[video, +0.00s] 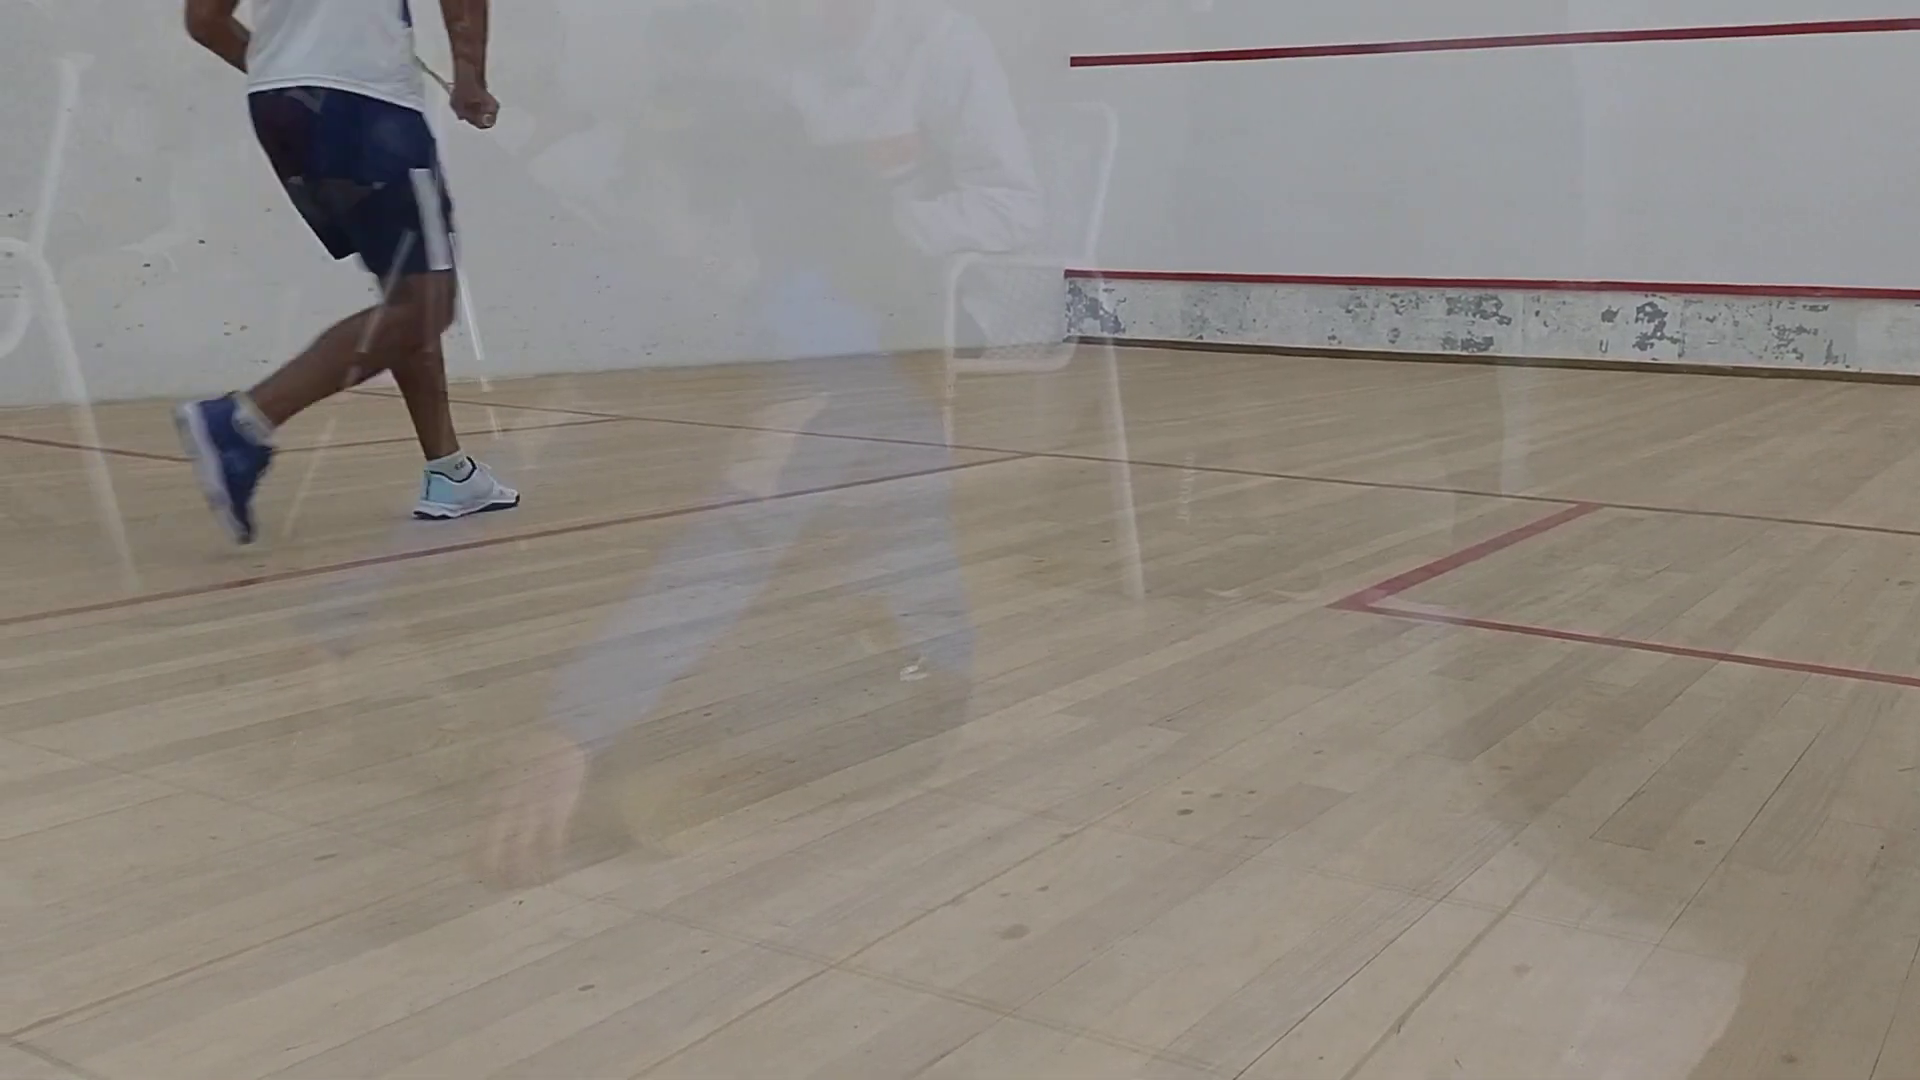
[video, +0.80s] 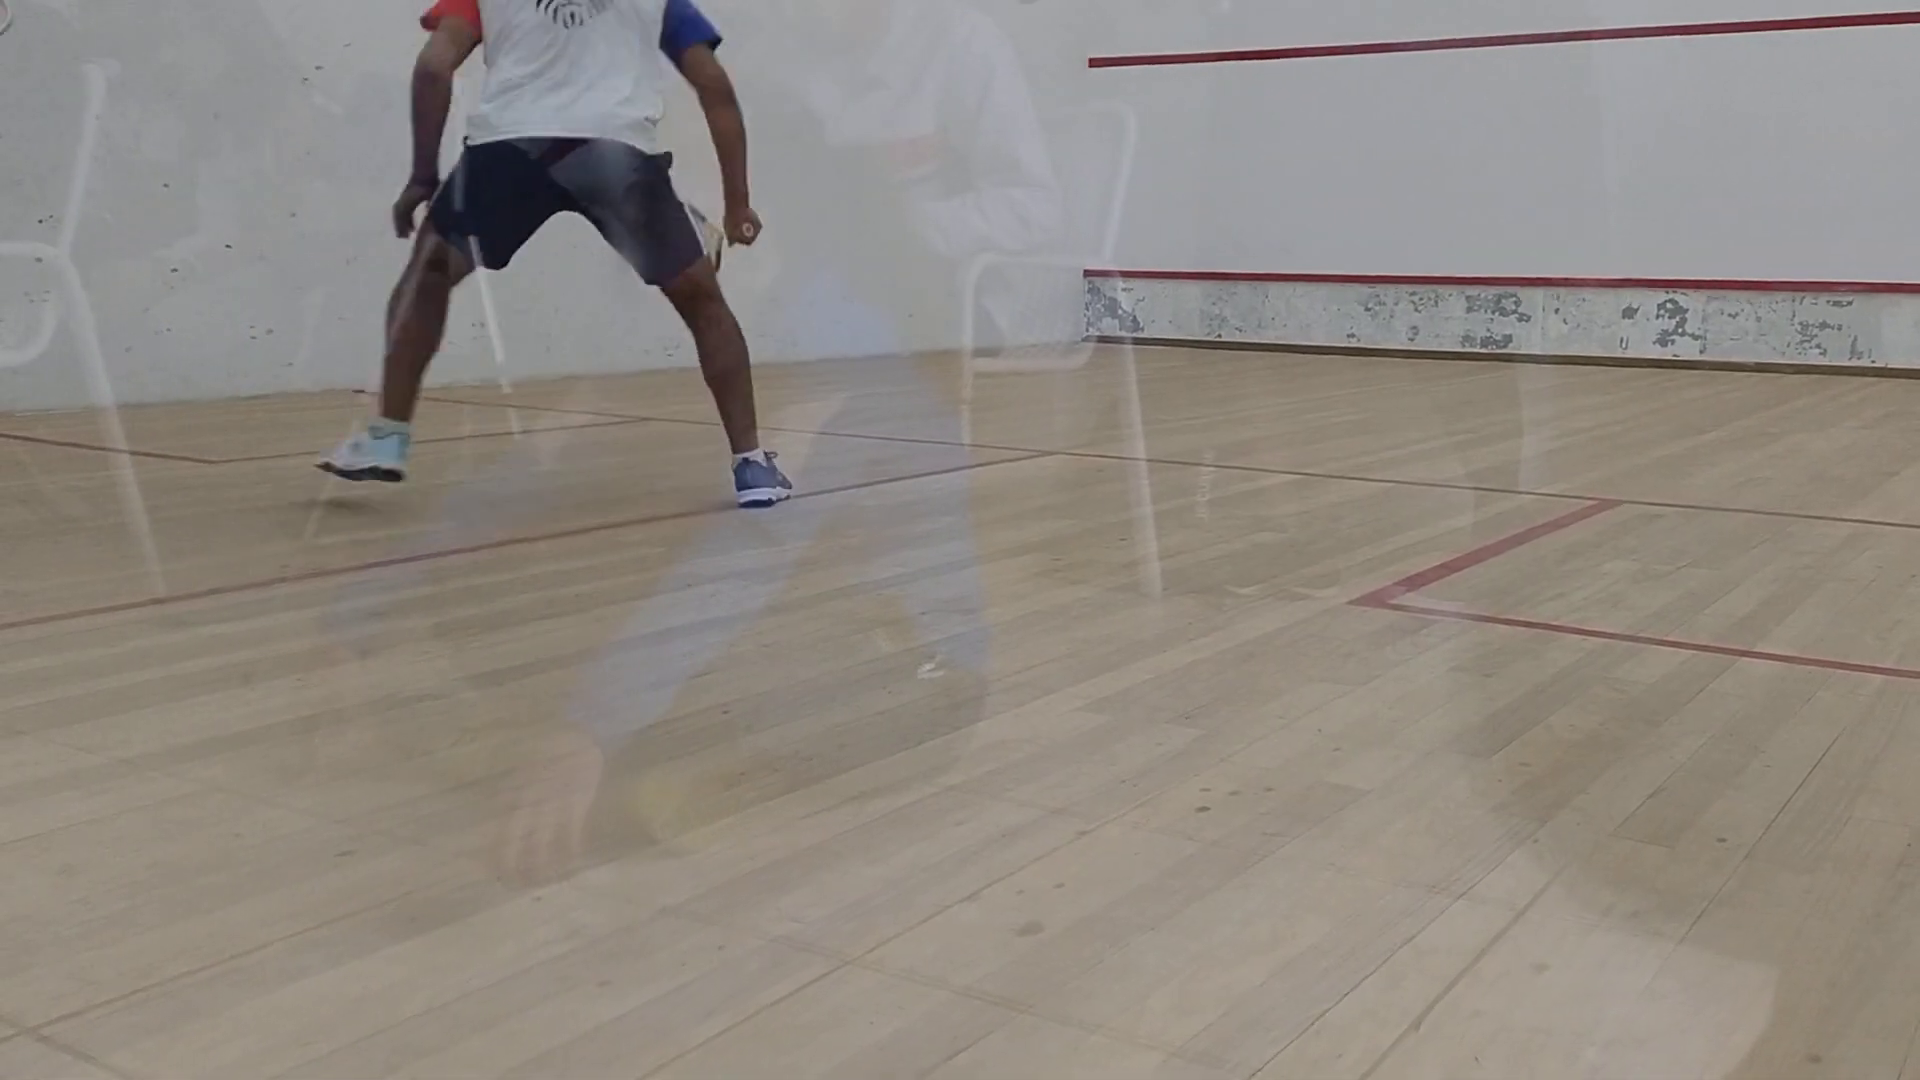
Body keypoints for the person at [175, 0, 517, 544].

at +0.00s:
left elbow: (204, 17)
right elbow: (462, 10)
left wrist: (285, 71)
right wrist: (470, 79)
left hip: (277, 91)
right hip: (367, 85)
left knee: (407, 291)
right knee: (427, 307)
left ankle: (449, 471)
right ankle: (241, 424)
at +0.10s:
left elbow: (272, 12)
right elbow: (524, 3)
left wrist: (346, 49)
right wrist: (518, 69)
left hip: (332, 82)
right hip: (433, 78)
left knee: (435, 271)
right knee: (531, 274)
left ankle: (456, 465)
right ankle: (418, 414)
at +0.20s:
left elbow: (318, 3)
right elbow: (575, 3)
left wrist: (396, 43)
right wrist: (566, 72)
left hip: (385, 78)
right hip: (491, 72)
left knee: (459, 265)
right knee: (582, 264)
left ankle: (463, 469)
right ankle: (588, 457)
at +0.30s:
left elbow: (361, 6)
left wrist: (436, 60)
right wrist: (614, 80)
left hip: (441, 81)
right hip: (546, 72)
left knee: (487, 275)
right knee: (622, 288)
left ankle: (472, 464)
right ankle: (681, 464)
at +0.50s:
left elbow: (428, 11)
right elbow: (689, 10)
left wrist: (485, 88)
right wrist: (684, 113)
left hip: (501, 86)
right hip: (606, 83)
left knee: (521, 288)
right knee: (661, 287)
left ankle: (542, 466)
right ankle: (684, 468)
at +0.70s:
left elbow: (435, 20)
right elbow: (709, 21)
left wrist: (455, 126)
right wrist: (721, 140)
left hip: (507, 94)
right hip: (614, 96)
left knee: (464, 266)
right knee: (686, 286)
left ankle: (483, 425)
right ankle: (735, 452)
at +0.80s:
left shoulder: (490, 2)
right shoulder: (658, 5)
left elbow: (431, 66)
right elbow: (716, 87)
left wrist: (422, 176)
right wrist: (737, 199)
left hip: (507, 144)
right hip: (617, 146)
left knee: (428, 272)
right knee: (701, 302)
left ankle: (387, 436)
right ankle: (752, 461)